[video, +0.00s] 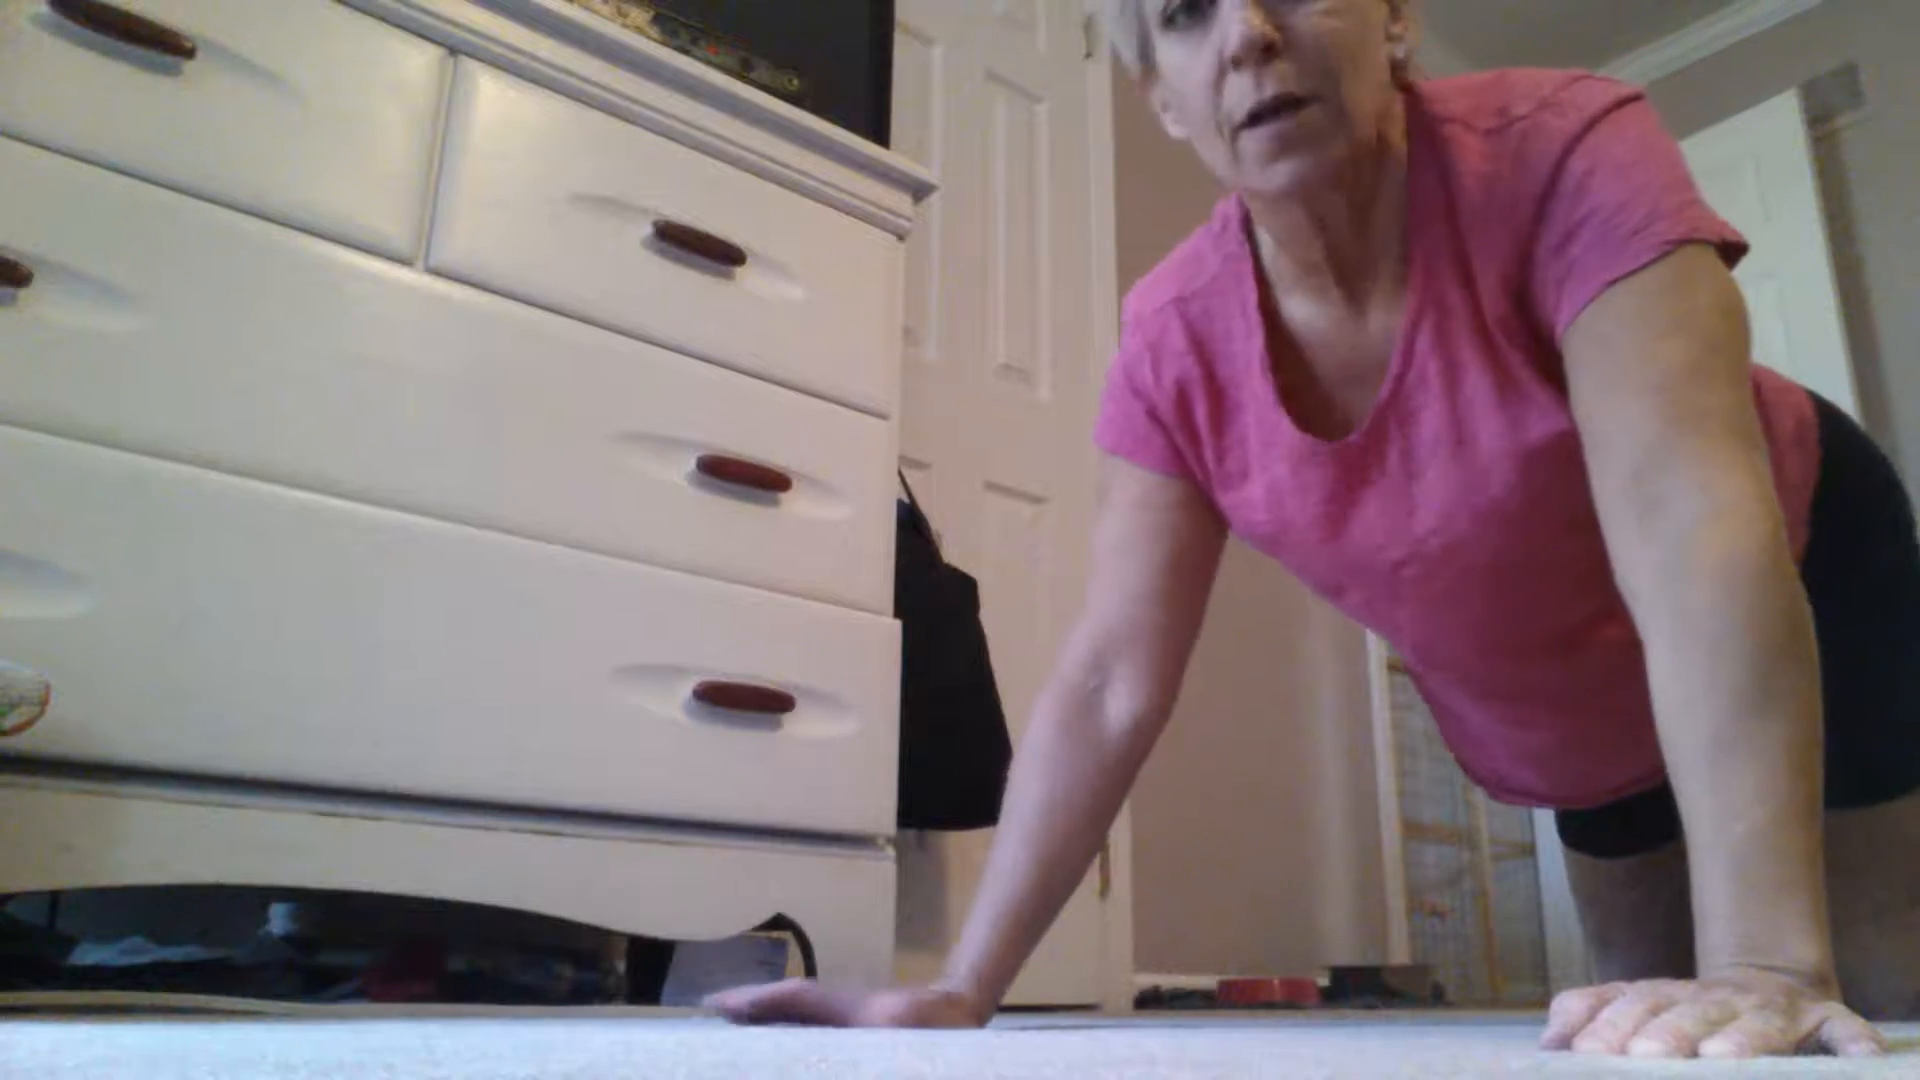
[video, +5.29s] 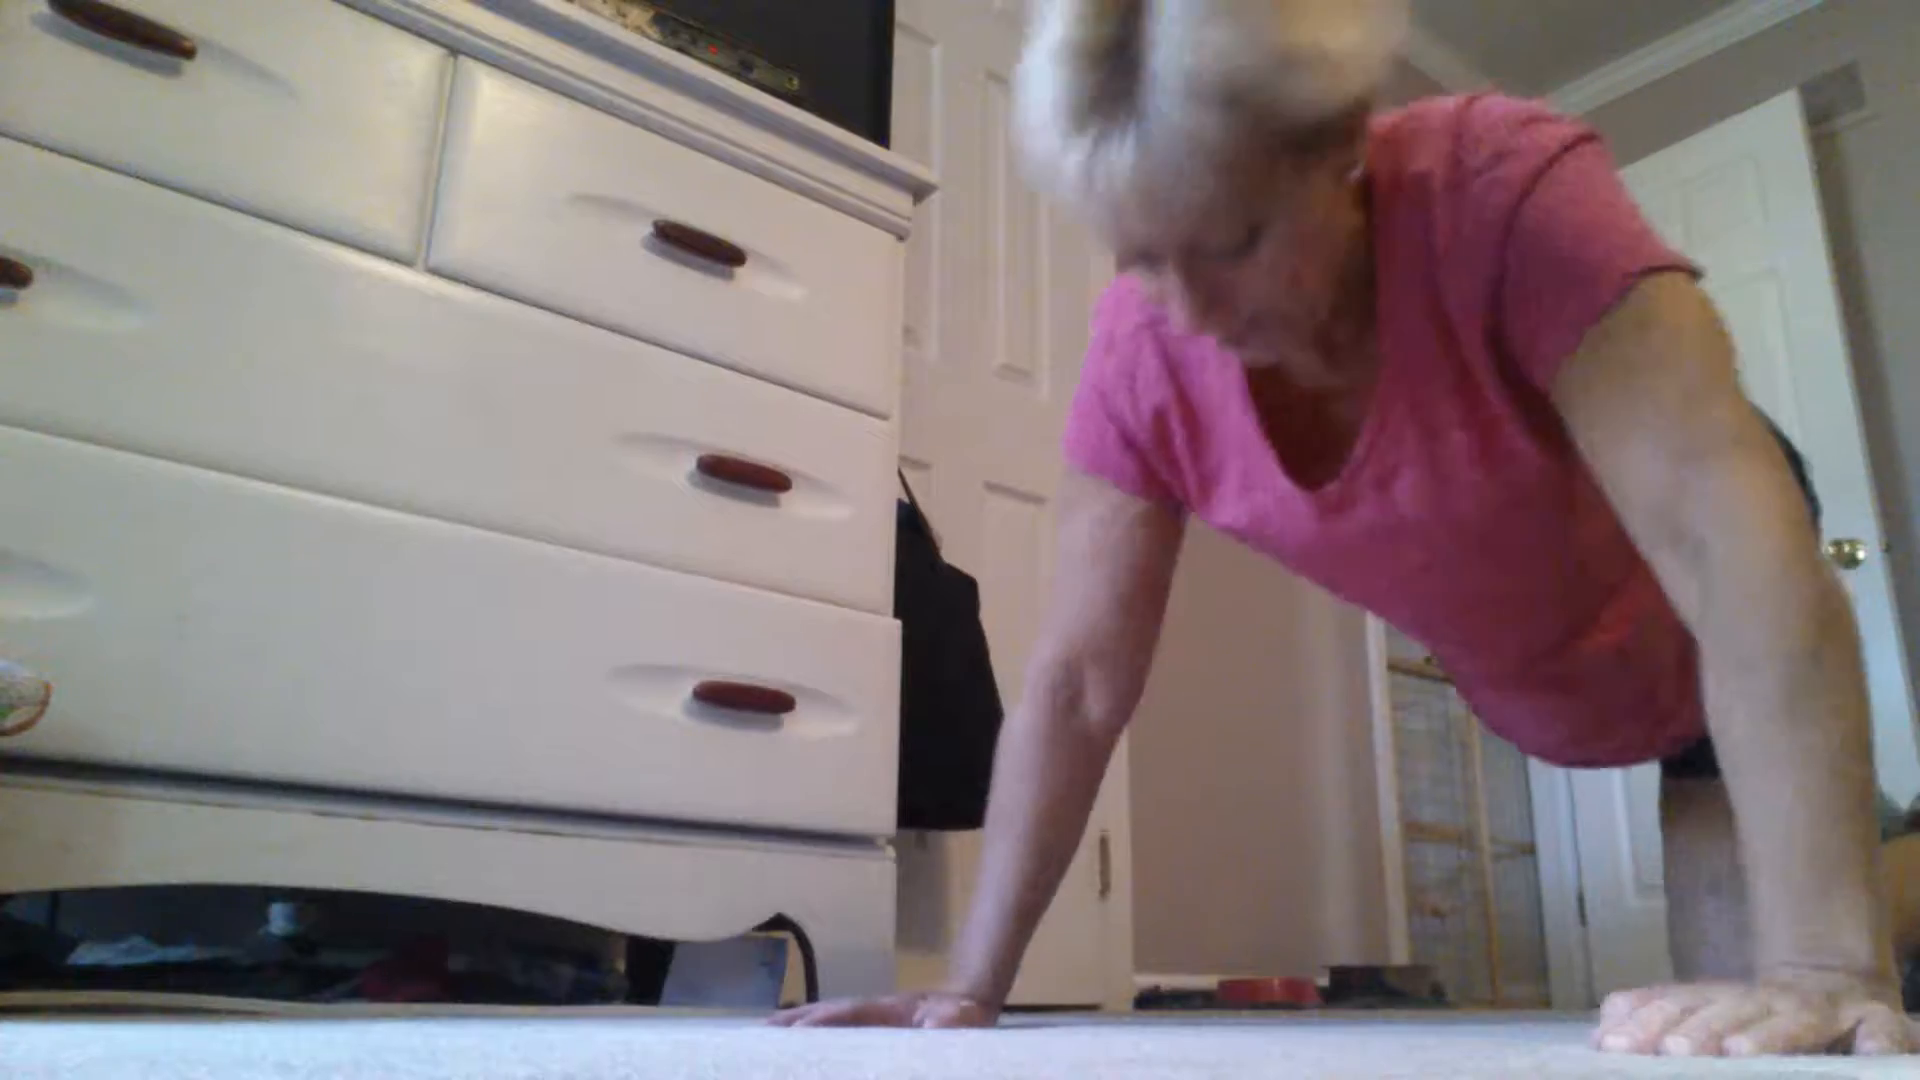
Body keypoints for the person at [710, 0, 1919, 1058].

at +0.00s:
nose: (1246, 39)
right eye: (1188, 23)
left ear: (1394, 28)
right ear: (1153, 99)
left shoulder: (1569, 152)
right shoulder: (1178, 336)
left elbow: (1701, 532)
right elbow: (1105, 684)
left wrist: (1765, 966)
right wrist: (966, 977)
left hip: (1800, 591)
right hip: (1585, 716)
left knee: (1849, 1012)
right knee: (1652, 1035)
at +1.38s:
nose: (1116, 143)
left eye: (1154, 74)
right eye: (1062, 108)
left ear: (1261, 64)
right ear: (1032, 140)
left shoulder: (1437, 192)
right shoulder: (1083, 331)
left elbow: (1630, 538)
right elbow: (1043, 675)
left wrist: (1756, 973)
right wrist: (949, 985)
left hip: (1682, 542)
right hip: (1504, 657)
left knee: (1777, 948)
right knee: (1644, 997)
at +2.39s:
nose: (1099, 195)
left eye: (1145, 120)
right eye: (1057, 139)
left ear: (1300, 58)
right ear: (1029, 122)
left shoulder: (1510, 153)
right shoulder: (1120, 317)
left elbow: (1706, 516)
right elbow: (1060, 672)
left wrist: (1767, 966)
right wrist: (950, 983)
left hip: (1694, 583)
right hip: (1529, 694)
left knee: (1784, 920)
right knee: (1691, 843)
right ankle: (1867, 925)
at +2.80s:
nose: (1267, 140)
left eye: (1316, 60)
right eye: (1206, 90)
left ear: (1415, 28)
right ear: (1159, 95)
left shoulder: (1583, 129)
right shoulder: (1175, 308)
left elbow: (1728, 515)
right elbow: (1086, 681)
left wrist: (1769, 966)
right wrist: (954, 981)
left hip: (1739, 576)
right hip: (1562, 673)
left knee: (1775, 924)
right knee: (1751, 910)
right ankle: (1877, 926)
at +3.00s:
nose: (1382, 116)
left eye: (1432, 45)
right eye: (1313, 62)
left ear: (1500, 33)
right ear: (1222, 71)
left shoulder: (1625, 131)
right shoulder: (1196, 302)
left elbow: (1736, 518)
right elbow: (1092, 676)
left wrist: (1770, 965)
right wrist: (953, 980)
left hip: (1751, 578)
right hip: (1556, 678)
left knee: (1777, 932)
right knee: (1765, 925)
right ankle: (1876, 922)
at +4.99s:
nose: (1217, 142)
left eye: (1258, 77)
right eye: (1173, 97)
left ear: (1389, 48)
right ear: (1141, 95)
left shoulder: (1558, 134)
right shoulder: (1183, 304)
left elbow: (1722, 502)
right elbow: (1087, 667)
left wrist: (1751, 931)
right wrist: (951, 981)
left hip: (1734, 566)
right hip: (1560, 670)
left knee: (1767, 944)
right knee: (1790, 903)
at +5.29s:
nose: (1195, 302)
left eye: (1232, 248)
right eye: (1152, 261)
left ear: (1343, 162)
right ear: (1111, 228)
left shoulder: (1501, 195)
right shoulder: (1142, 349)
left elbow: (1731, 518)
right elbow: (1080, 678)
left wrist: (1820, 976)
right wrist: (966, 991)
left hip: (1754, 621)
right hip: (1641, 703)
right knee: (1729, 1016)